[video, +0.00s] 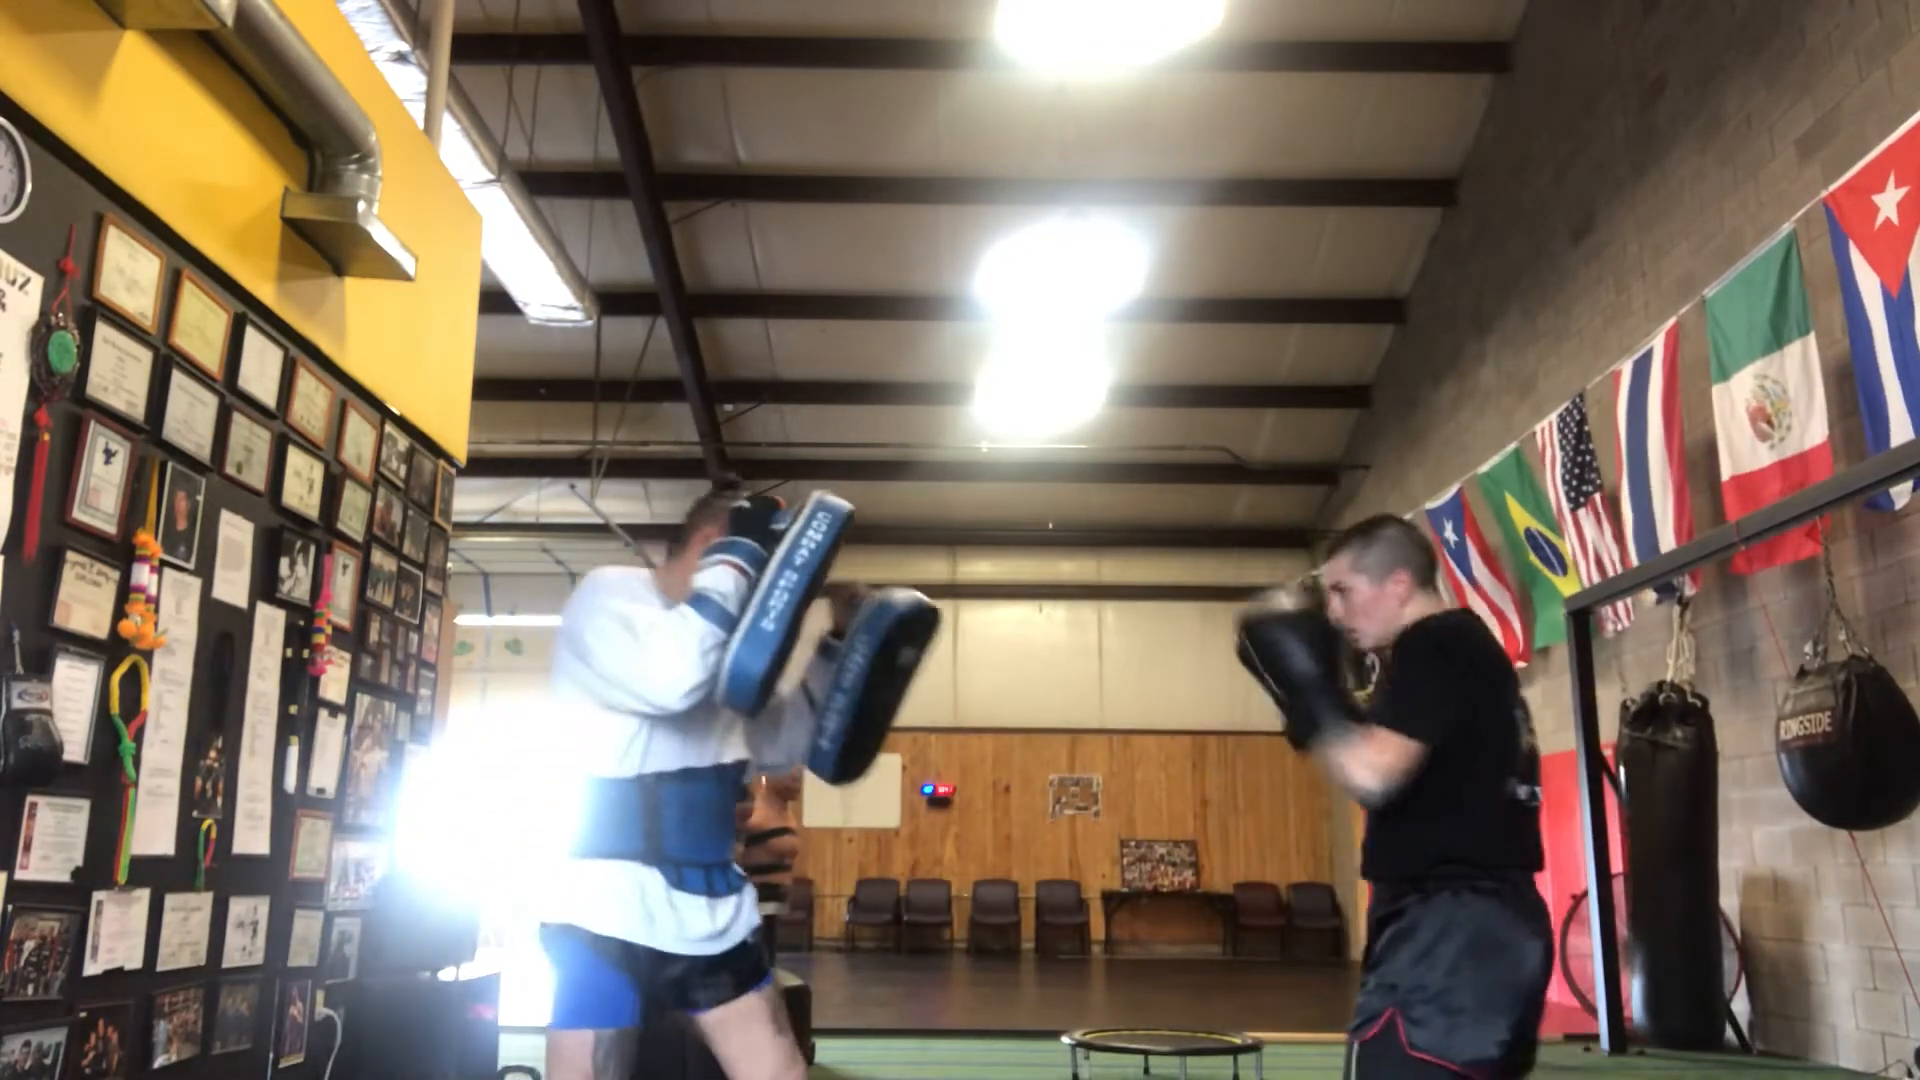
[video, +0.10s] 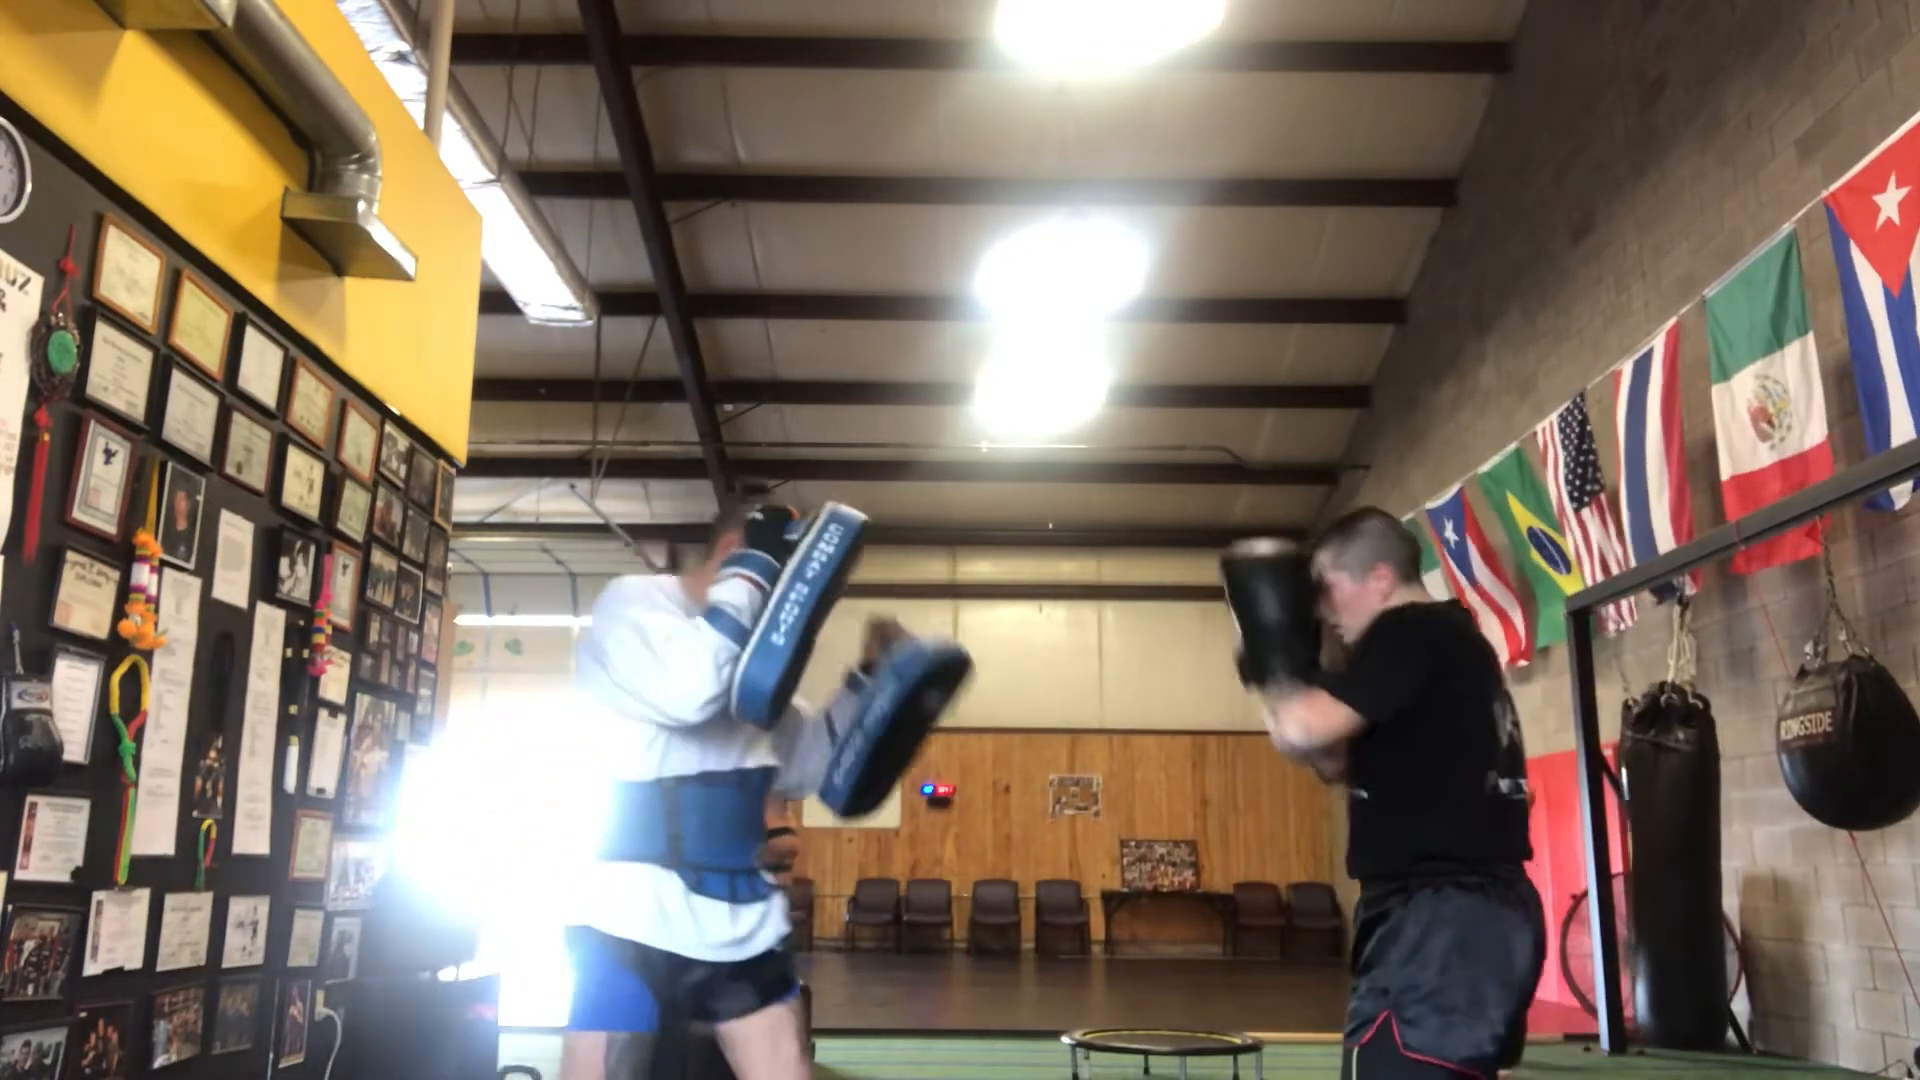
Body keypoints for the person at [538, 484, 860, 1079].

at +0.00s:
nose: (729, 568)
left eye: (744, 558)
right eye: (722, 552)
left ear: (744, 565)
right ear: (694, 543)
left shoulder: (731, 644)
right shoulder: (607, 593)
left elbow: (777, 746)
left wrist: (840, 643)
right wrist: (738, 560)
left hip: (713, 911)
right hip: (602, 910)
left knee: (776, 1069)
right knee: (581, 1072)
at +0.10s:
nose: (775, 578)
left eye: (781, 571)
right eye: (769, 562)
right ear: (730, 546)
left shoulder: (749, 661)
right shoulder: (630, 601)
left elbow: (812, 765)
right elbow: (686, 693)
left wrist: (870, 678)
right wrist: (751, 574)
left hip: (741, 927)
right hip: (628, 921)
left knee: (786, 1069)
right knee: (597, 1071)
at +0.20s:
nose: (795, 559)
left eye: (809, 549)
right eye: (786, 541)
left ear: (818, 562)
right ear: (750, 541)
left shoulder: (792, 665)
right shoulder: (664, 598)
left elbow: (830, 780)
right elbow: (697, 689)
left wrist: (902, 699)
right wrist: (764, 569)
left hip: (774, 927)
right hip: (658, 922)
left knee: (808, 1068)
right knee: (616, 1071)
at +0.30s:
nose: (861, 566)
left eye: (866, 551)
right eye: (849, 540)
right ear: (812, 533)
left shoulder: (839, 663)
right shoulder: (692, 590)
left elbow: (895, 750)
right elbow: (702, 673)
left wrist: (971, 669)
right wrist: (783, 571)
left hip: (797, 916)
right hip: (673, 909)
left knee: (822, 1066)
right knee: (631, 1068)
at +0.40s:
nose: (849, 563)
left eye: (861, 552)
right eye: (836, 541)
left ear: (875, 568)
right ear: (805, 539)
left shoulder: (882, 660)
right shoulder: (717, 592)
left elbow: (987, 702)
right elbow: (695, 667)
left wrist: (1071, 629)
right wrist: (802, 580)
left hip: (808, 899)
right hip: (687, 887)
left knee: (827, 1067)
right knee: (645, 1061)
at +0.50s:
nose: (867, 569)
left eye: (884, 559)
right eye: (857, 546)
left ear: (892, 574)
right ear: (822, 537)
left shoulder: (905, 653)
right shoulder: (732, 592)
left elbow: (1014, 667)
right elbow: (703, 661)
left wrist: (1097, 583)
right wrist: (818, 567)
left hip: (815, 899)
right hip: (698, 883)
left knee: (833, 1065)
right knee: (668, 1055)